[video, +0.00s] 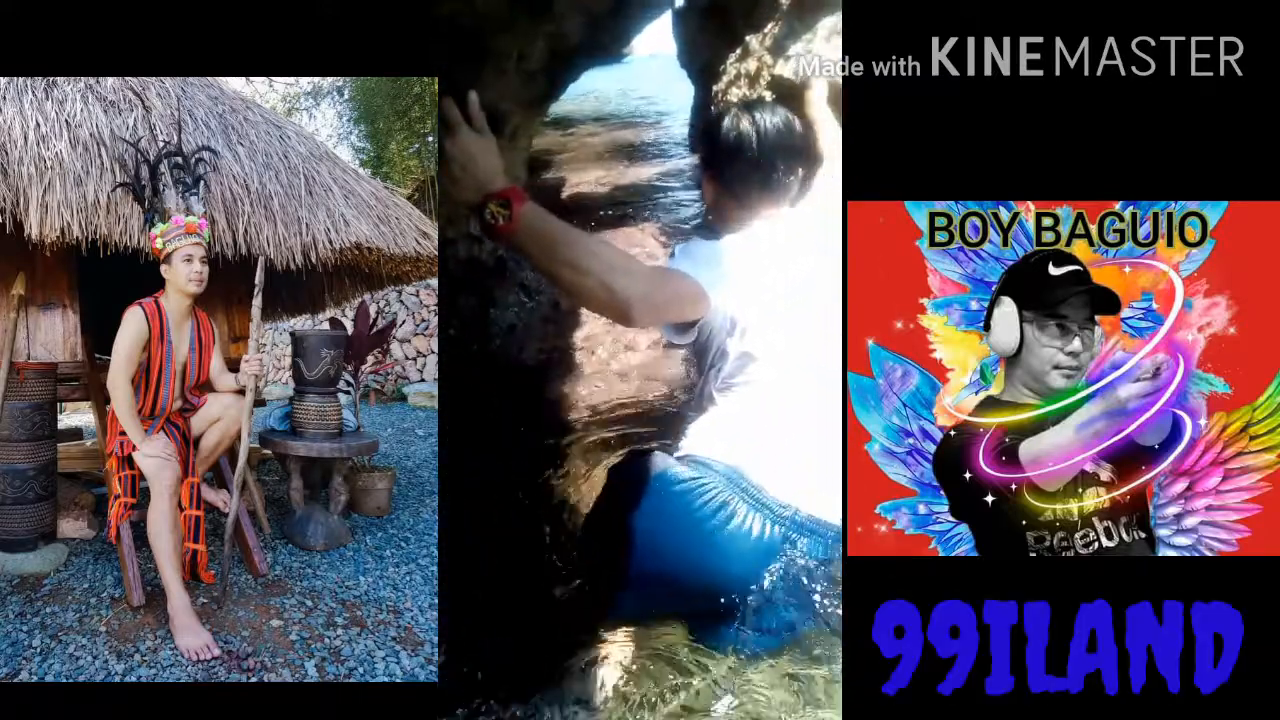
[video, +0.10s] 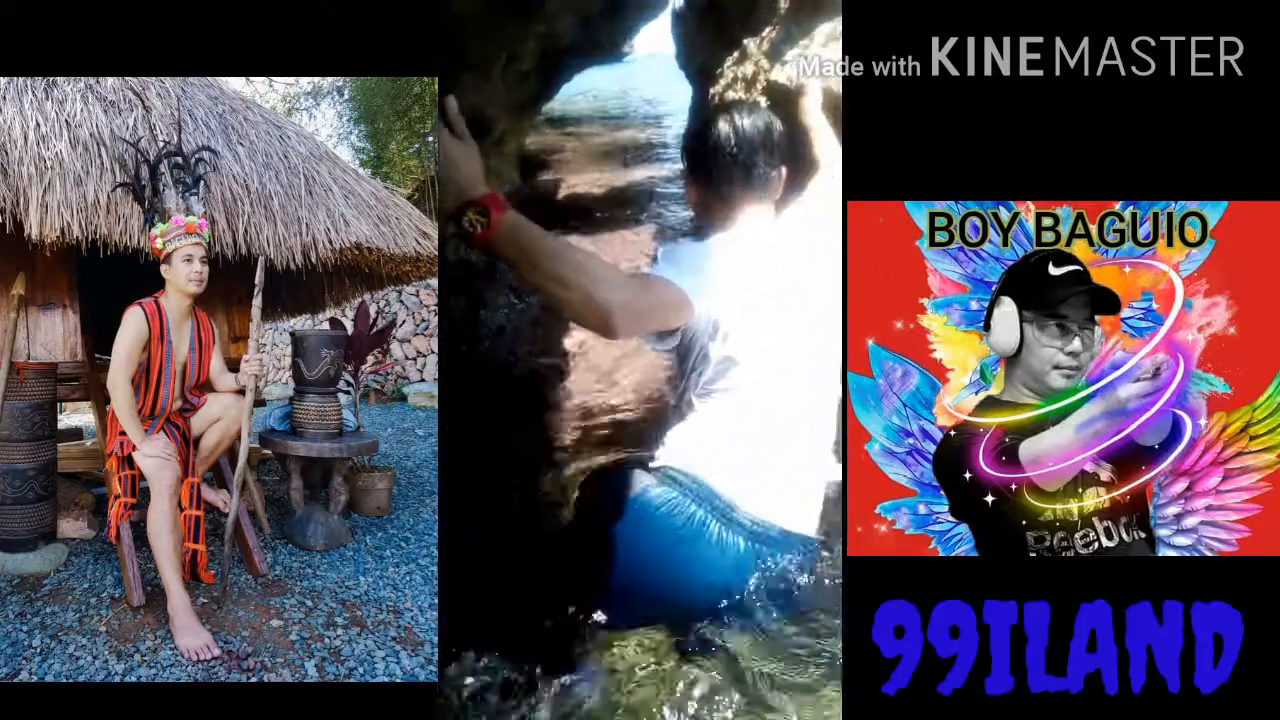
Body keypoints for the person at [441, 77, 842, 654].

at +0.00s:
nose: (705, 196)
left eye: (705, 183)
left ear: (710, 184)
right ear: (803, 177)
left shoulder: (748, 254)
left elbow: (634, 297)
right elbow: (831, 157)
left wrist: (498, 198)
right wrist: (815, 95)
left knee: (641, 489)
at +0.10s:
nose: (691, 196)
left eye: (691, 181)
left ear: (693, 188)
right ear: (782, 180)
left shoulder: (726, 259)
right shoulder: (825, 239)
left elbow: (617, 306)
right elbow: (830, 164)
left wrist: (476, 202)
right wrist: (807, 102)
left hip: (685, 526)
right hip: (789, 555)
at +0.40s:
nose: (652, 153)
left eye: (653, 139)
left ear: (657, 145)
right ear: (753, 144)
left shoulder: (669, 229)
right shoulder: (797, 212)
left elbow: (569, 304)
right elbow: (827, 143)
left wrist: (444, 209)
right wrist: (798, 69)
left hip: (659, 524)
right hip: (770, 522)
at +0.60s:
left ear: (615, 134)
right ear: (709, 124)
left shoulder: (620, 204)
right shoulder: (762, 190)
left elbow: (548, 303)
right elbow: (827, 140)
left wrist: (420, 227)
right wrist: (801, 65)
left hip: (625, 487)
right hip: (730, 483)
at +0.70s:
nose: (583, 148)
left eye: (585, 137)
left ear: (597, 145)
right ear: (681, 137)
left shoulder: (607, 205)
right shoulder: (738, 199)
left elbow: (546, 308)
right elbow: (818, 165)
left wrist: (419, 244)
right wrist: (798, 85)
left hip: (613, 503)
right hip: (715, 491)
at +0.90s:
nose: (580, 142)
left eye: (586, 131)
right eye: (685, 130)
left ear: (601, 132)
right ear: (677, 135)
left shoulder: (604, 163)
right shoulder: (721, 187)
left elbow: (563, 252)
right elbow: (819, 189)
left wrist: (433, 221)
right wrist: (817, 105)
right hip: (669, 441)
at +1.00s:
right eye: (699, 119)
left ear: (616, 112)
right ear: (691, 123)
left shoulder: (613, 143)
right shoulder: (730, 172)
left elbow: (564, 224)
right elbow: (827, 189)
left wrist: (450, 208)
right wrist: (834, 110)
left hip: (577, 416)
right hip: (675, 419)